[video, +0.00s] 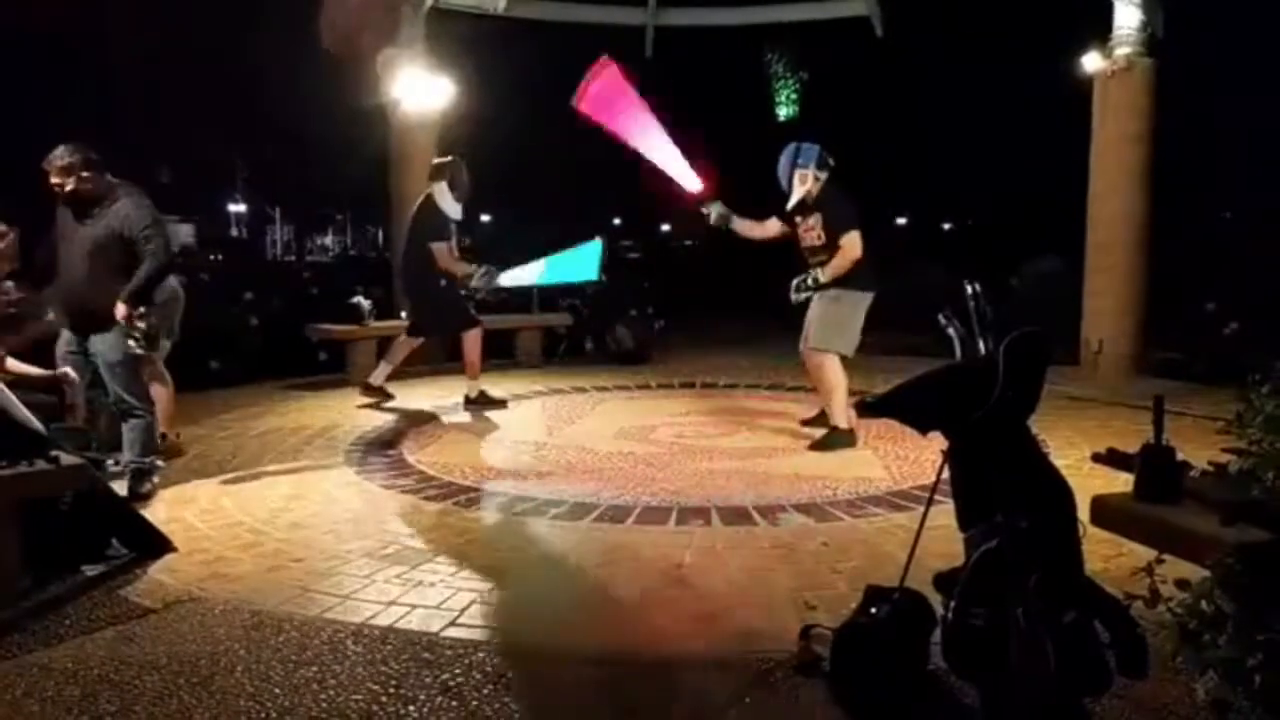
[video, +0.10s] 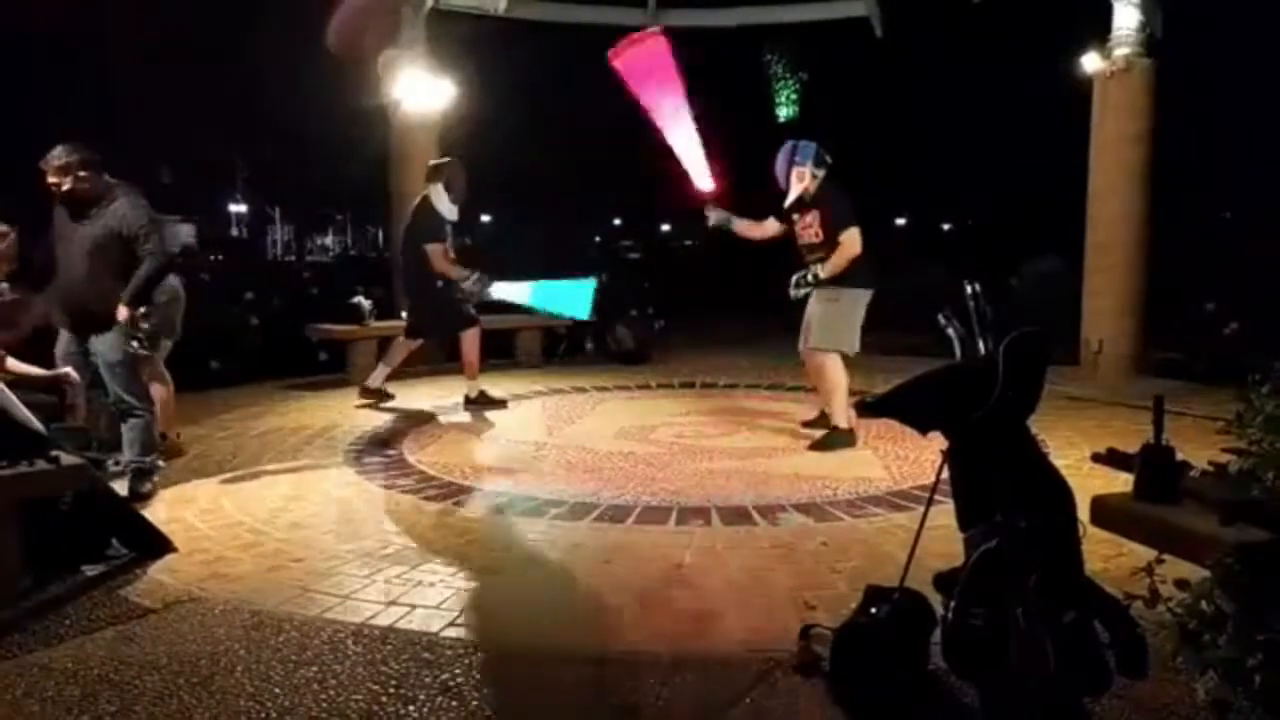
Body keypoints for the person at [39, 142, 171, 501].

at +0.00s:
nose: (56, 190)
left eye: (61, 183)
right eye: (54, 183)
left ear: (85, 176)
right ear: (74, 179)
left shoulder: (128, 206)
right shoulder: (67, 209)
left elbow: (159, 254)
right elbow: (68, 262)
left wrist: (127, 299)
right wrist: (61, 304)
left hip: (114, 324)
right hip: (75, 324)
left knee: (131, 405)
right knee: (76, 401)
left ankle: (139, 470)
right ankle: (86, 465)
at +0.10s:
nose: (55, 189)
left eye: (60, 182)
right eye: (52, 183)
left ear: (84, 175)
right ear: (61, 180)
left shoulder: (126, 207)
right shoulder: (63, 212)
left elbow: (156, 257)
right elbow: (63, 264)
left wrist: (128, 301)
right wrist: (58, 304)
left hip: (112, 323)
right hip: (73, 323)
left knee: (129, 403)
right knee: (72, 398)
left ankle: (140, 468)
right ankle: (85, 461)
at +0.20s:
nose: (39, 192)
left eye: (44, 183)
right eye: (37, 185)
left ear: (69, 177)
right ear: (57, 181)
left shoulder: (115, 206)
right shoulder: (48, 216)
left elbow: (145, 255)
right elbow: (49, 267)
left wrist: (127, 305)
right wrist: (54, 312)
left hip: (107, 326)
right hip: (66, 328)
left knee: (126, 402)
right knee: (70, 406)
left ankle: (140, 468)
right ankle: (86, 470)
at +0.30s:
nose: (27, 196)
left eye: (30, 187)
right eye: (24, 189)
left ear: (53, 177)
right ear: (40, 182)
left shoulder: (105, 206)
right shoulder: (39, 218)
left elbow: (139, 250)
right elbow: (32, 272)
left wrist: (130, 302)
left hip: (103, 324)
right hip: (60, 328)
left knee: (123, 400)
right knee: (59, 402)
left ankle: (141, 466)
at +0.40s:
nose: (5, 203)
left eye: (7, 194)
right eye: (2, 196)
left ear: (28, 184)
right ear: (21, 189)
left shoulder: (88, 204)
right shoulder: (25, 230)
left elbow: (129, 238)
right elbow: (23, 282)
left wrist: (129, 292)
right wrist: (26, 315)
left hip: (100, 321)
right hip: (54, 327)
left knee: (117, 398)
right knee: (49, 403)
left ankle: (138, 468)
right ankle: (58, 475)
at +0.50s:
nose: (2, 211)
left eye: (1, 203)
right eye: (1, 205)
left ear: (9, 192)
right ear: (7, 194)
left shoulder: (68, 204)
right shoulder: (15, 237)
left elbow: (119, 230)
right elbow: (23, 285)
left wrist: (125, 283)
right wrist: (28, 322)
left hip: (98, 320)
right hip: (50, 329)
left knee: (114, 396)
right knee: (44, 401)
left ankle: (134, 471)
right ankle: (55, 477)